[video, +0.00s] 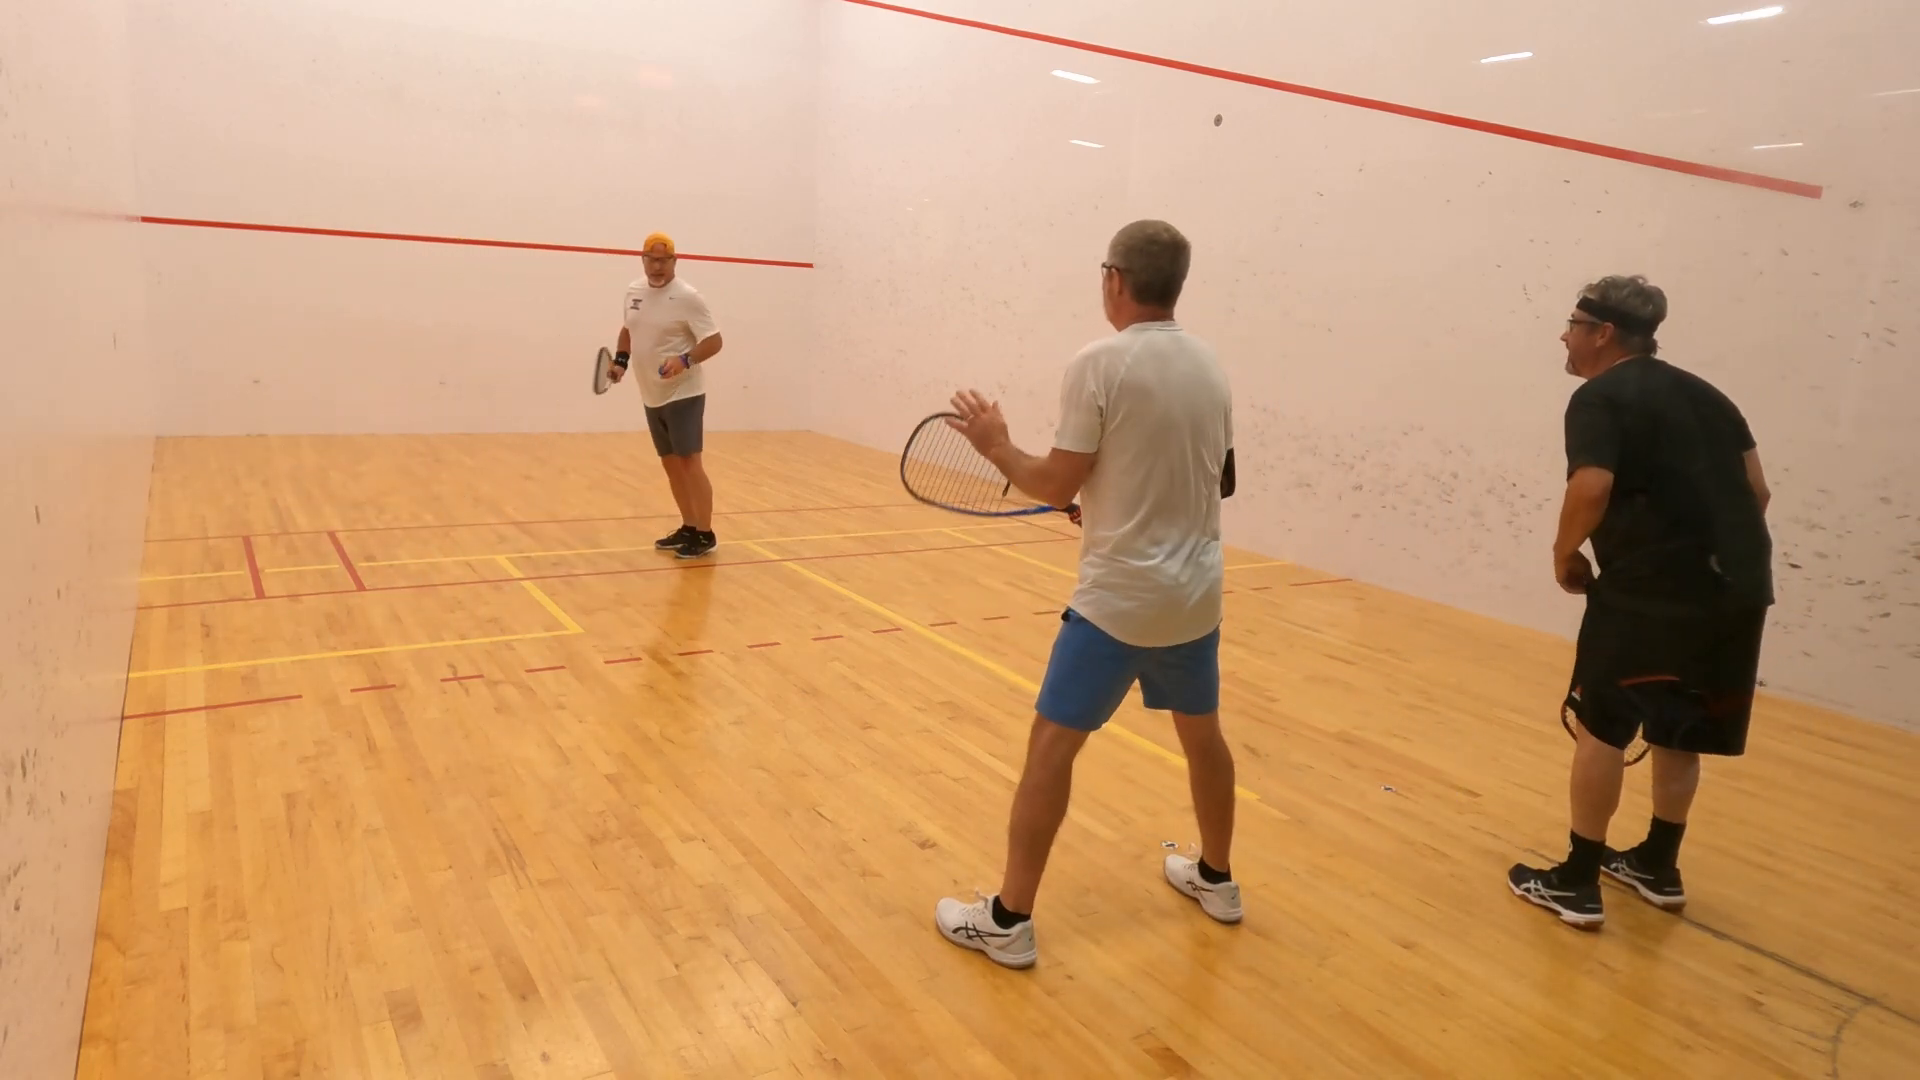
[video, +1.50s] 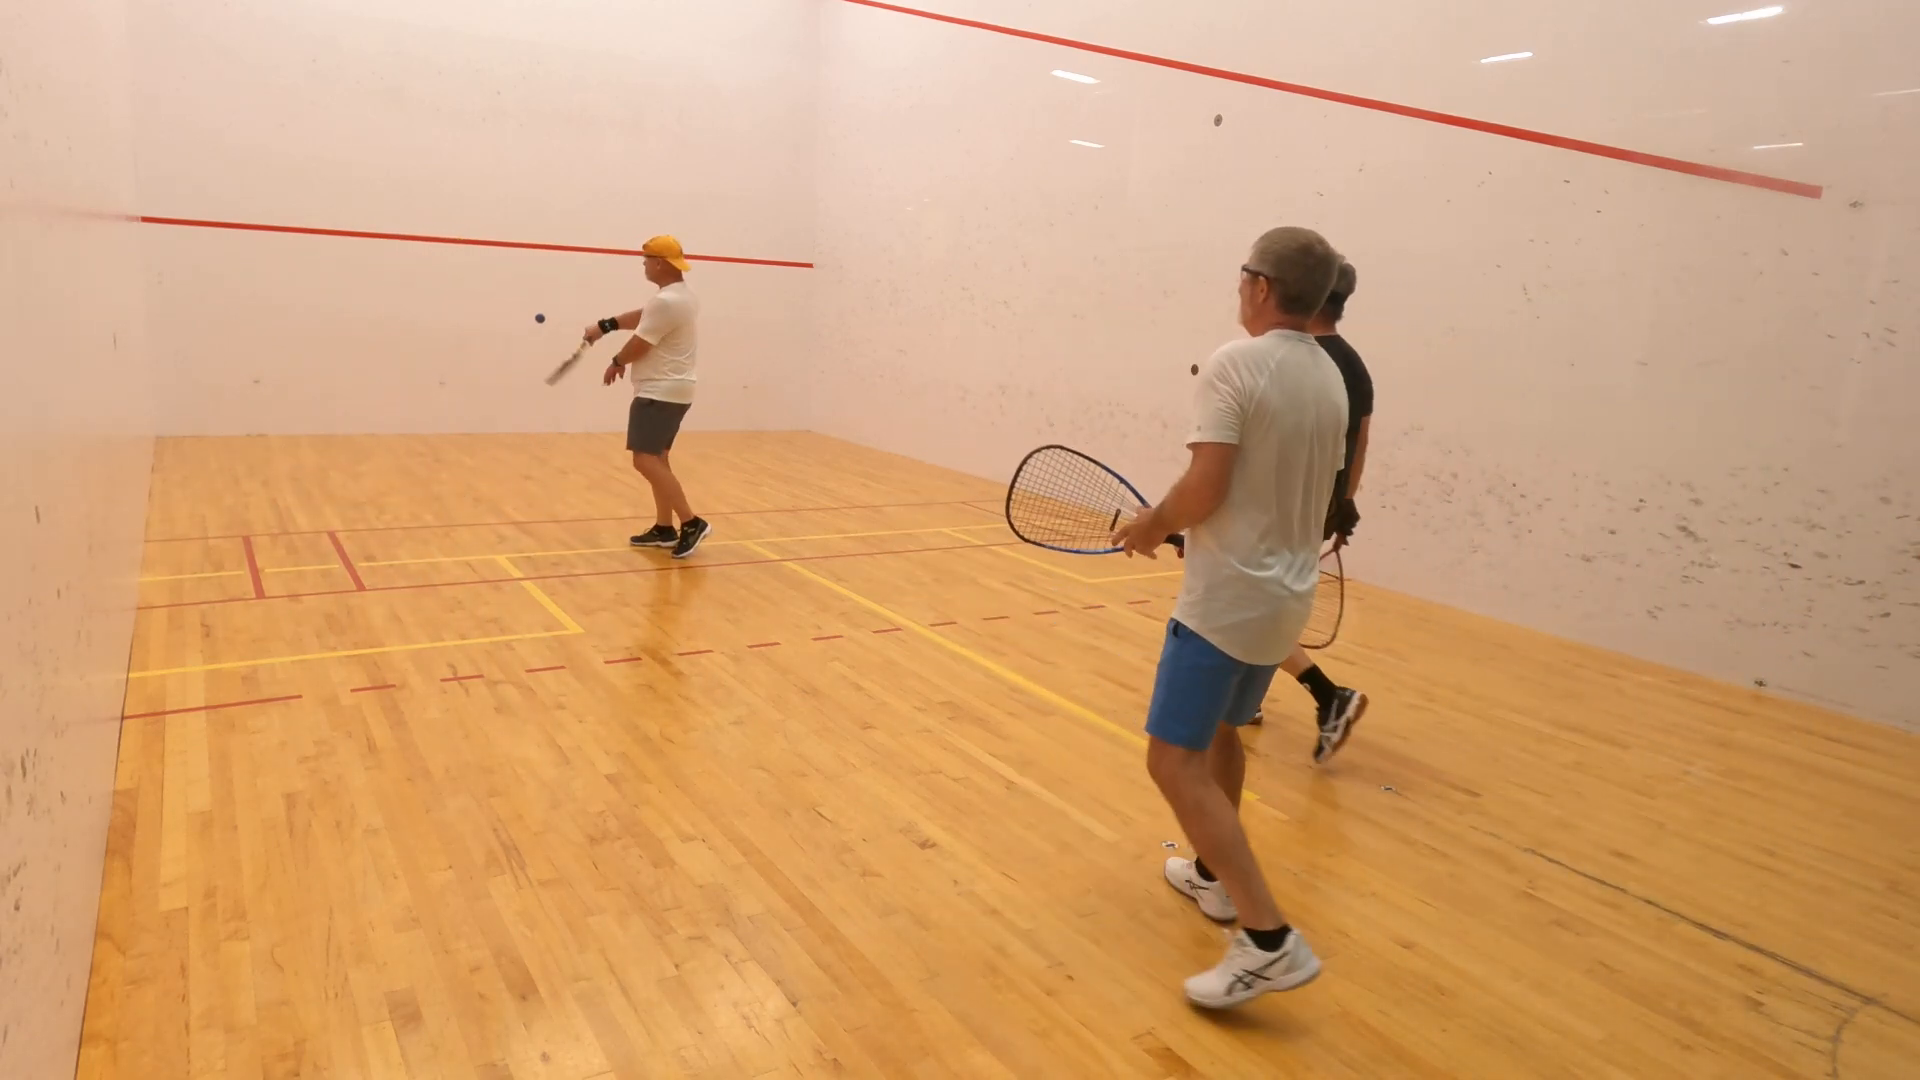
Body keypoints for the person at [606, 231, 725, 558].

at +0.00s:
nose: (657, 267)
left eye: (664, 260)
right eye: (651, 260)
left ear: (674, 261)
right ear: (643, 261)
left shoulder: (688, 298)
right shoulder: (635, 292)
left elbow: (714, 342)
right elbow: (628, 329)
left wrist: (685, 359)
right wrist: (621, 360)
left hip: (684, 395)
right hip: (653, 397)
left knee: (690, 463)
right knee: (672, 463)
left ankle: (705, 534)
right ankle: (689, 528)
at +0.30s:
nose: (667, 264)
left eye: (674, 259)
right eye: (662, 259)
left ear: (687, 261)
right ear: (655, 260)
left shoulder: (700, 296)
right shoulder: (652, 293)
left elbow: (717, 344)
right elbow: (647, 334)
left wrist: (677, 352)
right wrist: (641, 359)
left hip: (697, 394)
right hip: (667, 395)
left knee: (700, 462)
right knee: (680, 461)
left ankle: (704, 534)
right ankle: (690, 528)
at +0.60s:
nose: (655, 275)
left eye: (659, 268)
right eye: (654, 269)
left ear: (680, 264)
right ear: (675, 266)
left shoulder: (697, 299)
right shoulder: (673, 297)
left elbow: (676, 346)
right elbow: (679, 347)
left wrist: (631, 334)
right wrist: (664, 375)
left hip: (703, 393)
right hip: (678, 394)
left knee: (702, 461)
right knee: (682, 460)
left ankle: (705, 535)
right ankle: (691, 528)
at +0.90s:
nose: (648, 279)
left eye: (650, 272)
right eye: (646, 273)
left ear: (670, 267)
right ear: (667, 268)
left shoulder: (690, 300)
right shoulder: (676, 298)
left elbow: (677, 354)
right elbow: (674, 352)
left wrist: (646, 382)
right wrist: (651, 380)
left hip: (702, 395)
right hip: (678, 396)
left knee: (699, 462)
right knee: (662, 454)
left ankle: (705, 535)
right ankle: (681, 523)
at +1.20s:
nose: (639, 273)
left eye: (642, 266)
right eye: (639, 267)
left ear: (662, 267)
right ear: (659, 267)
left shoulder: (683, 300)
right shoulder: (659, 298)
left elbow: (667, 349)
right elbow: (646, 332)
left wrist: (636, 378)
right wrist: (633, 349)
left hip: (691, 392)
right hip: (668, 393)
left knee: (683, 460)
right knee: (659, 456)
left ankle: (701, 534)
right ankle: (665, 528)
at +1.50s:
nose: (644, 266)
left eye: (647, 261)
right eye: (645, 260)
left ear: (662, 265)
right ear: (669, 265)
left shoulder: (665, 302)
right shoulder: (683, 296)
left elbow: (639, 345)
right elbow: (644, 318)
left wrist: (617, 363)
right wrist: (605, 326)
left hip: (658, 394)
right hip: (674, 392)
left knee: (644, 460)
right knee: (657, 458)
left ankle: (691, 523)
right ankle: (664, 527)